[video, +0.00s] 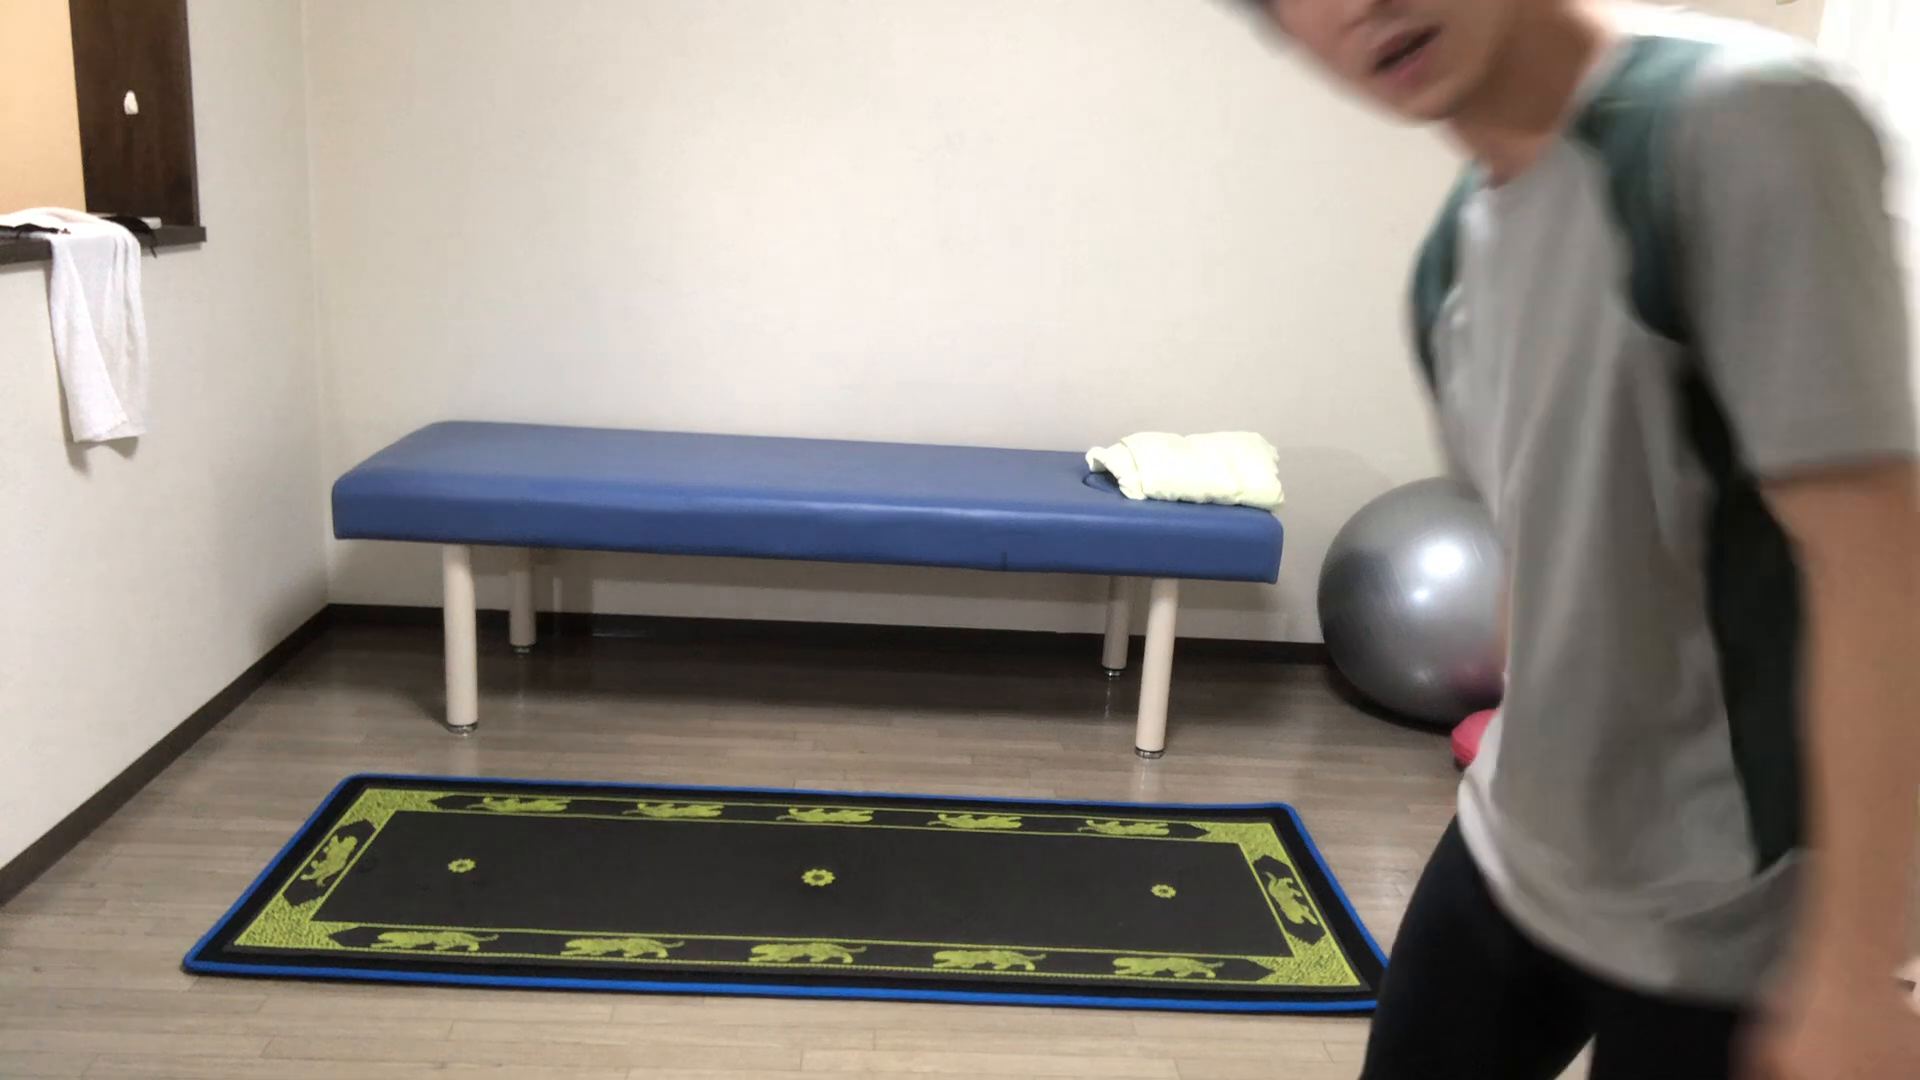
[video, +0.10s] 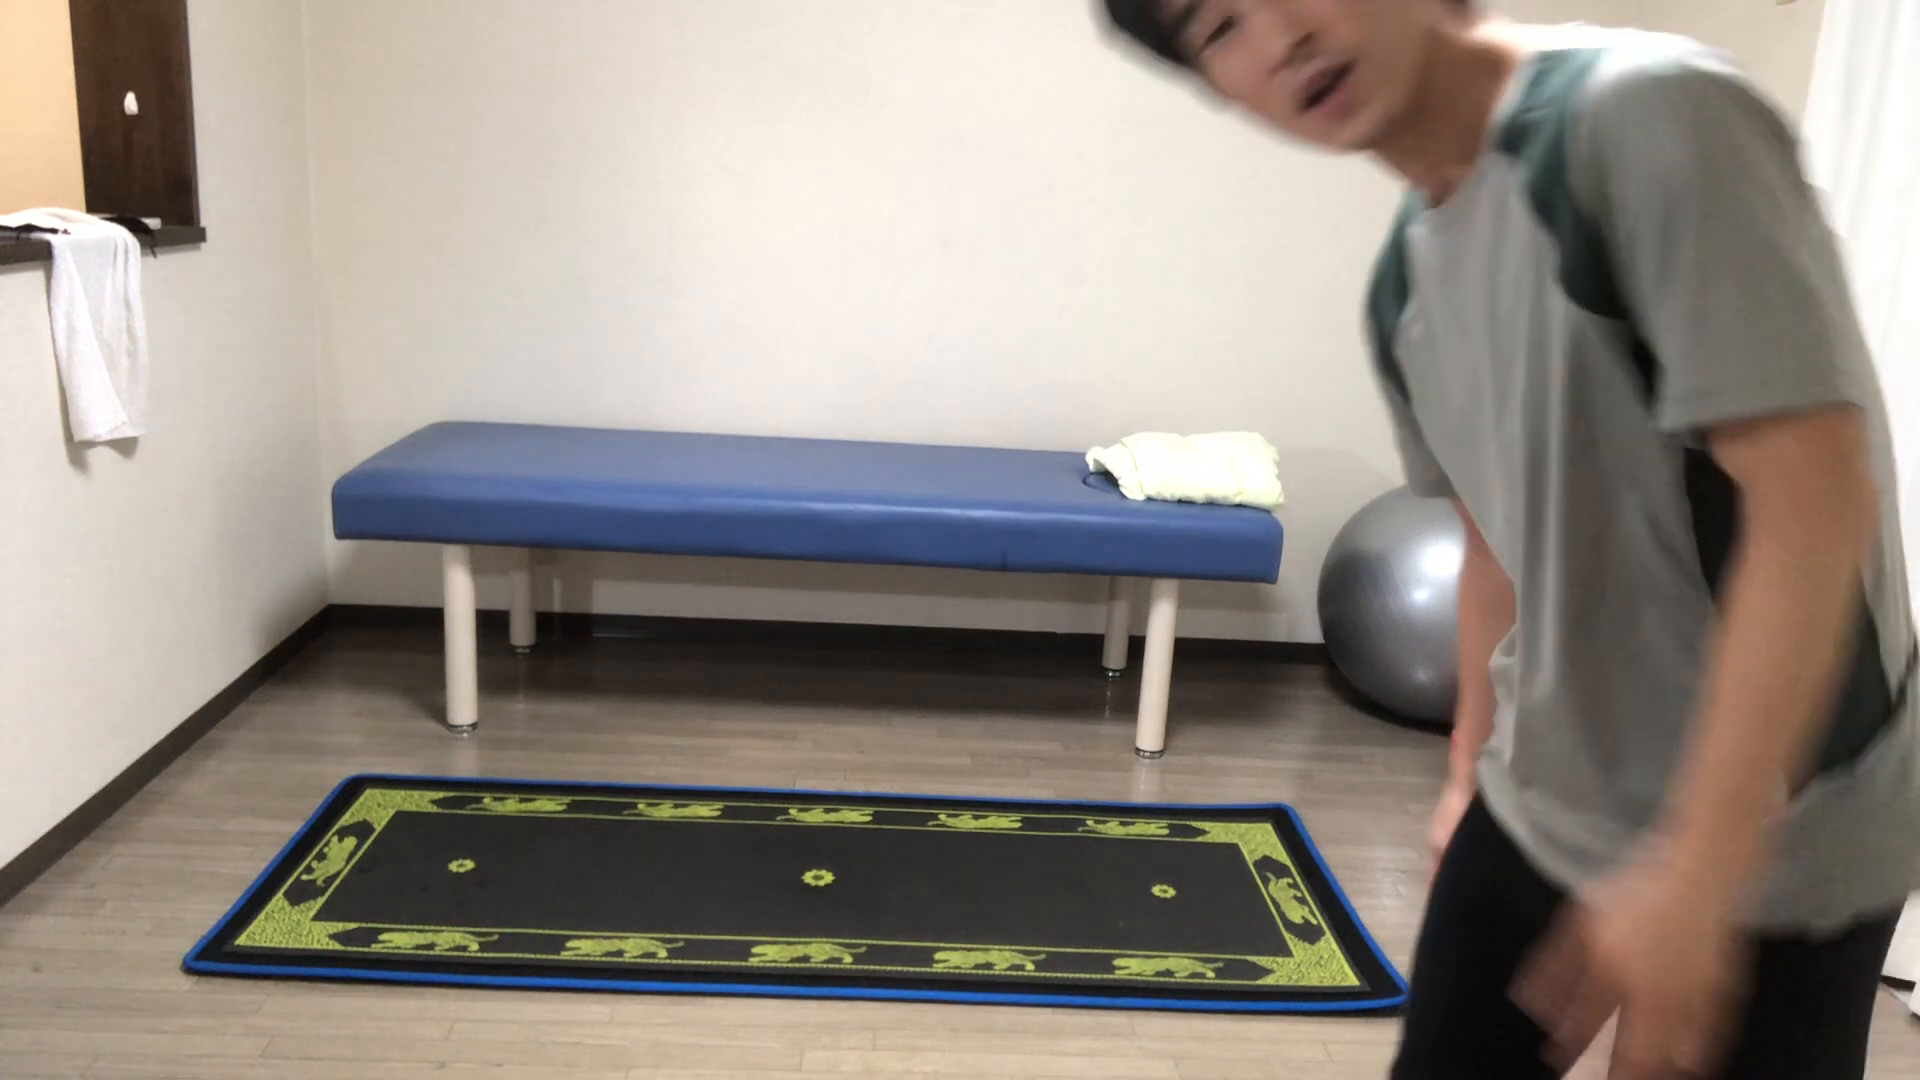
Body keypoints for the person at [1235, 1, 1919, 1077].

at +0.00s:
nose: (1347, 9)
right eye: (1287, 4)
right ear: (1282, 41)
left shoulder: (1749, 124)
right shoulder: (1448, 265)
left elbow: (1874, 560)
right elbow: (1546, 559)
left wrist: (1859, 979)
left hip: (1721, 937)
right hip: (1510, 860)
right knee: (1408, 1061)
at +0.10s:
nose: (1274, 40)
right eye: (1216, 33)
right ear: (1210, 89)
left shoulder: (1652, 117)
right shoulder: (1401, 295)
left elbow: (1817, 497)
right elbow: (1496, 540)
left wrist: (1695, 873)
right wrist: (1471, 779)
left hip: (1775, 849)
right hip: (1543, 815)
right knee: (1440, 1063)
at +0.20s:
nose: (1226, 99)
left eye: (1229, 25)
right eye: (1170, 99)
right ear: (1173, 150)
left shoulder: (1576, 130)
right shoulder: (1371, 313)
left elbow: (1744, 477)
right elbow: (1484, 521)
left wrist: (1584, 818)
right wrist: (1465, 748)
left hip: (1783, 809)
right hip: (1568, 795)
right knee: (1476, 1056)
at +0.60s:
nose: (1170, 335)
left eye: (1164, 273)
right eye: (1126, 331)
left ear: (1254, 203)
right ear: (1127, 355)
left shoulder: (1457, 346)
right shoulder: (1357, 400)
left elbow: (1598, 636)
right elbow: (1545, 623)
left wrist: (1616, 891)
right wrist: (1614, 857)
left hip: (1792, 742)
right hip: (1610, 714)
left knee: (1627, 1057)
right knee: (1486, 1033)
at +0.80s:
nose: (1274, 306)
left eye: (1278, 242)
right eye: (1224, 294)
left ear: (1362, 186)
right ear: (1214, 323)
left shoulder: (1568, 355)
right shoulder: (1372, 408)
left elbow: (1681, 636)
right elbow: (1556, 567)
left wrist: (1644, 876)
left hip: (1770, 729)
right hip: (1592, 696)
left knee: (1613, 1048)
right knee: (1421, 978)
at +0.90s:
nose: (1335, 256)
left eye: (1346, 192)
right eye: (1286, 235)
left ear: (1436, 149)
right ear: (1270, 262)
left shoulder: (1614, 341)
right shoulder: (1396, 364)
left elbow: (1697, 617)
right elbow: (1548, 526)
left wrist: (1639, 844)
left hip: (1753, 709)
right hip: (1589, 669)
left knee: (1605, 1029)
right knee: (1378, 907)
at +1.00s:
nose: (1366, 188)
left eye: (1390, 129)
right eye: (1323, 160)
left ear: (1483, 102)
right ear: (1300, 185)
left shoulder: (1637, 306)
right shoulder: (1409, 310)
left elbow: (1686, 593)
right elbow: (1509, 496)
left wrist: (1625, 808)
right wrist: (1472, 658)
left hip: (1734, 684)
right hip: (1569, 644)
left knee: (1595, 1021)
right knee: (1356, 865)